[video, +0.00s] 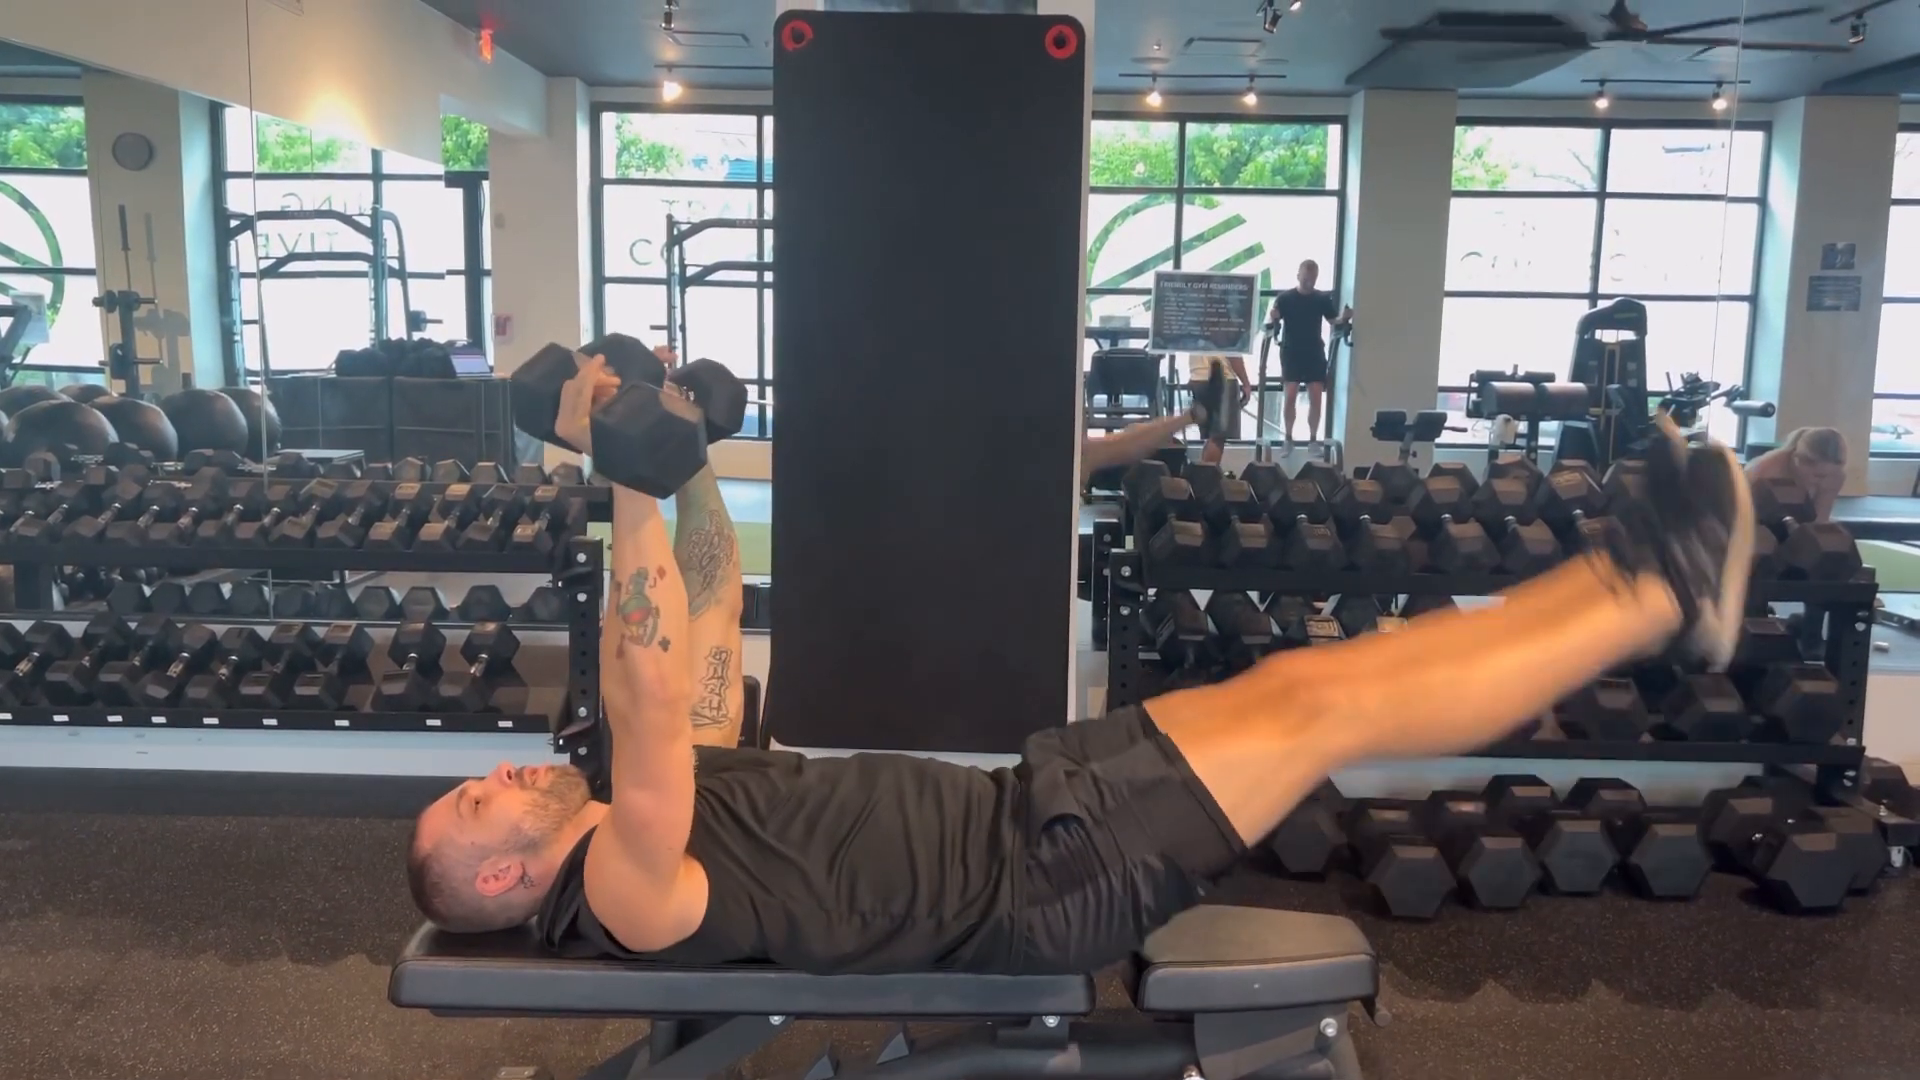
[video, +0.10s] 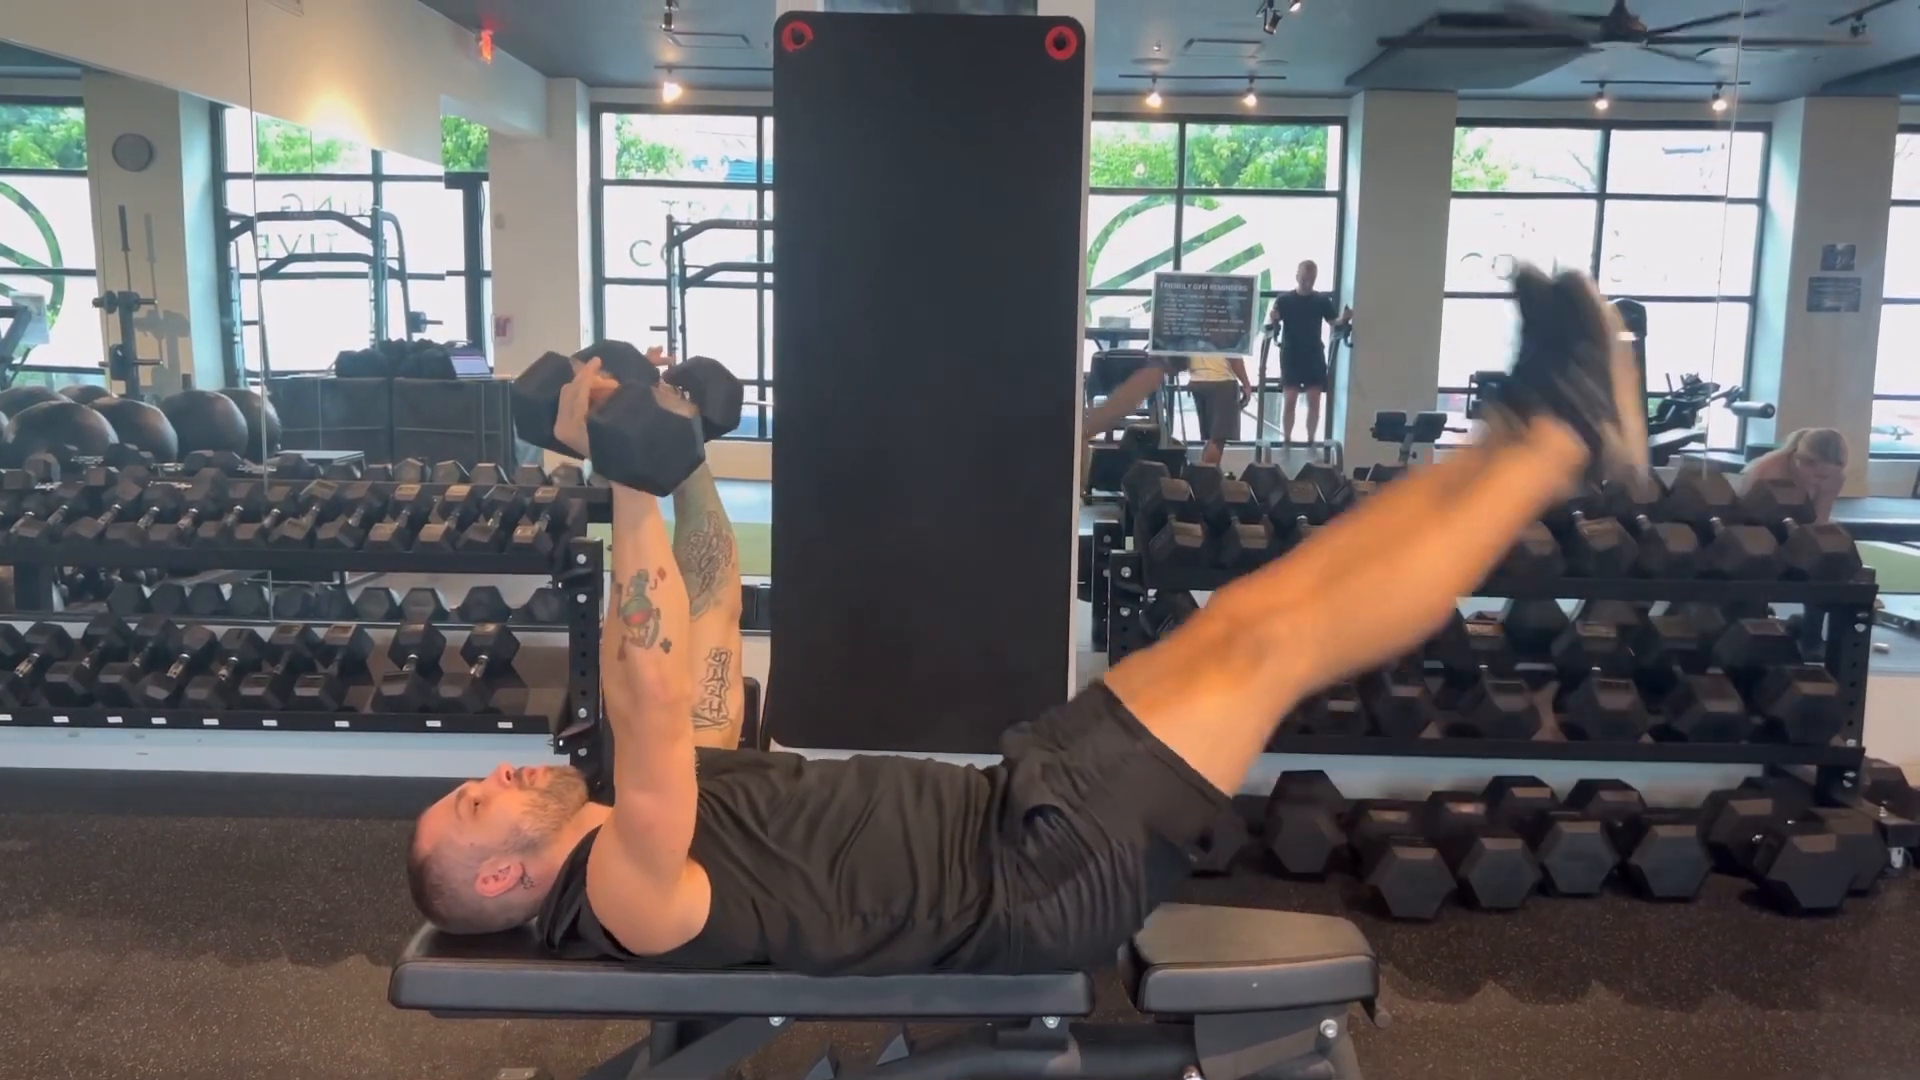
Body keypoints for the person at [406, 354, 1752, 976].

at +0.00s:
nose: (506, 785)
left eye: (485, 790)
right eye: (483, 819)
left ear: (538, 823)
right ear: (514, 894)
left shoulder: (649, 823)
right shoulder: (631, 886)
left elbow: (700, 655)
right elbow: (647, 691)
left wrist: (678, 506)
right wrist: (641, 513)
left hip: (1032, 791)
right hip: (1039, 865)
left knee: (1315, 680)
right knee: (1326, 701)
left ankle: (1624, 568)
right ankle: (1652, 598)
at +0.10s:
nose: (492, 781)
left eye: (478, 792)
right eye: (475, 819)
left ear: (529, 817)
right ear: (509, 881)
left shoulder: (647, 809)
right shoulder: (632, 887)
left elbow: (709, 630)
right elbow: (641, 674)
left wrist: (672, 457)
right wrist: (630, 496)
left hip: (1009, 804)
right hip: (1033, 872)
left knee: (1253, 619)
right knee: (1258, 636)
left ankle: (1531, 434)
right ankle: (1558, 440)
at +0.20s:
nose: (491, 771)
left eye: (471, 779)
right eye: (469, 811)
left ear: (514, 793)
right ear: (505, 879)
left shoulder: (636, 809)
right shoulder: (628, 884)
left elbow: (699, 635)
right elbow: (645, 685)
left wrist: (667, 458)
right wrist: (645, 489)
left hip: (986, 803)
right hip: (1020, 875)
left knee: (1172, 568)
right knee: (1194, 588)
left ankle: (1364, 307)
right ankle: (1417, 304)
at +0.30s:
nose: (487, 782)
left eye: (464, 790)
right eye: (466, 813)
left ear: (514, 809)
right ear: (501, 882)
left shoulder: (663, 806)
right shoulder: (622, 893)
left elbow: (704, 620)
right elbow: (641, 690)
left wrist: (670, 452)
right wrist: (629, 476)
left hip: (979, 823)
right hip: (1012, 884)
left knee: (1092, 543)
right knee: (1106, 556)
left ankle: (1222, 232)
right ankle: (1233, 230)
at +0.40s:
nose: (475, 779)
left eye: (450, 789)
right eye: (451, 810)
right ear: (487, 883)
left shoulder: (631, 825)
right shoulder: (611, 886)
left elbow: (696, 619)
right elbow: (633, 686)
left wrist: (662, 456)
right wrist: (616, 473)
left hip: (959, 820)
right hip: (991, 876)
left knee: (1028, 535)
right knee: (1028, 540)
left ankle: (1081, 191)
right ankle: (1084, 188)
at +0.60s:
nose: (482, 773)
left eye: (450, 786)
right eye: (456, 802)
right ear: (488, 875)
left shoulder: (627, 831)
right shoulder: (610, 890)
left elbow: (687, 615)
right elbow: (627, 684)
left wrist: (660, 462)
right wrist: (606, 485)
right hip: (972, 857)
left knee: (936, 524)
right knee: (931, 526)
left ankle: (903, 174)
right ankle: (901, 169)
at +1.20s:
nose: (482, 781)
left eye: (456, 790)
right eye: (456, 814)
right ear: (489, 890)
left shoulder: (639, 826)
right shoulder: (612, 894)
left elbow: (688, 631)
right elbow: (617, 693)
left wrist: (658, 473)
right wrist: (584, 491)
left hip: (958, 831)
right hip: (990, 884)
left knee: (1024, 544)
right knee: (1021, 547)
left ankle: (1085, 206)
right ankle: (1087, 203)